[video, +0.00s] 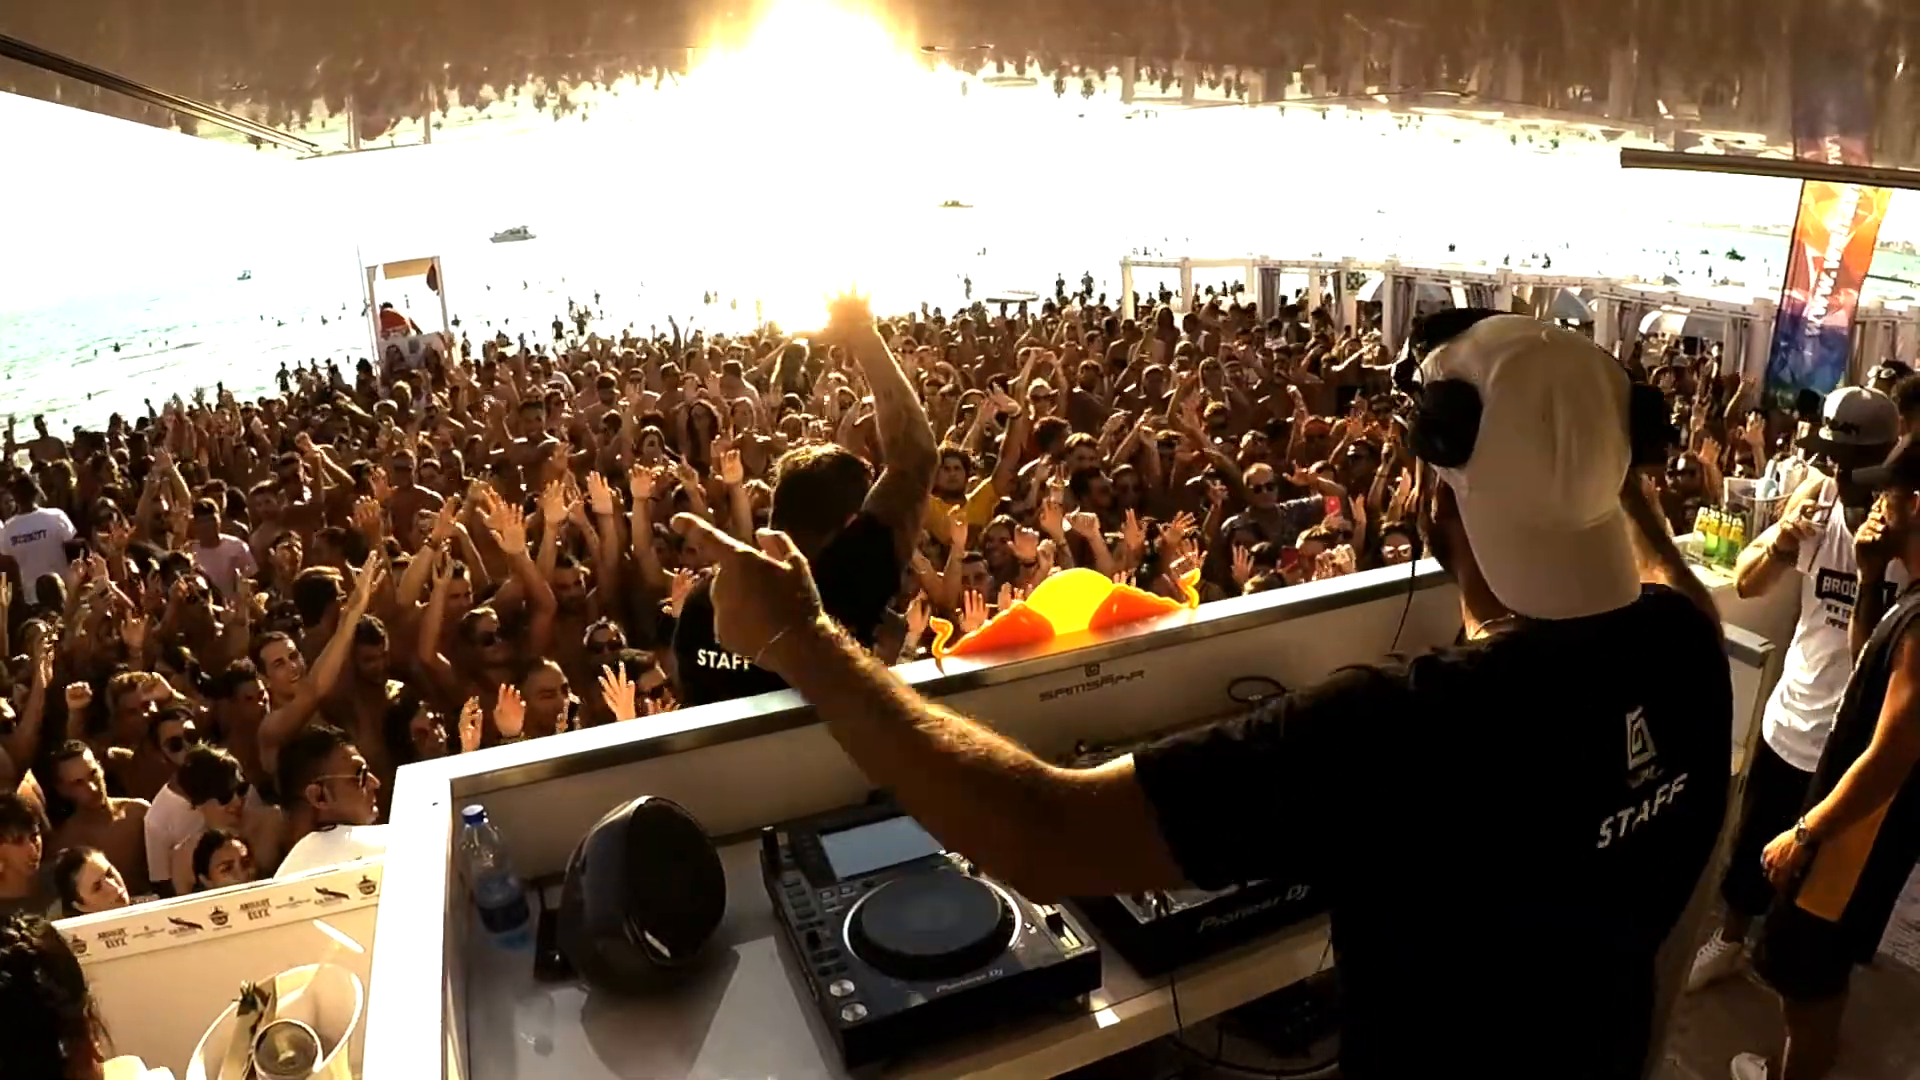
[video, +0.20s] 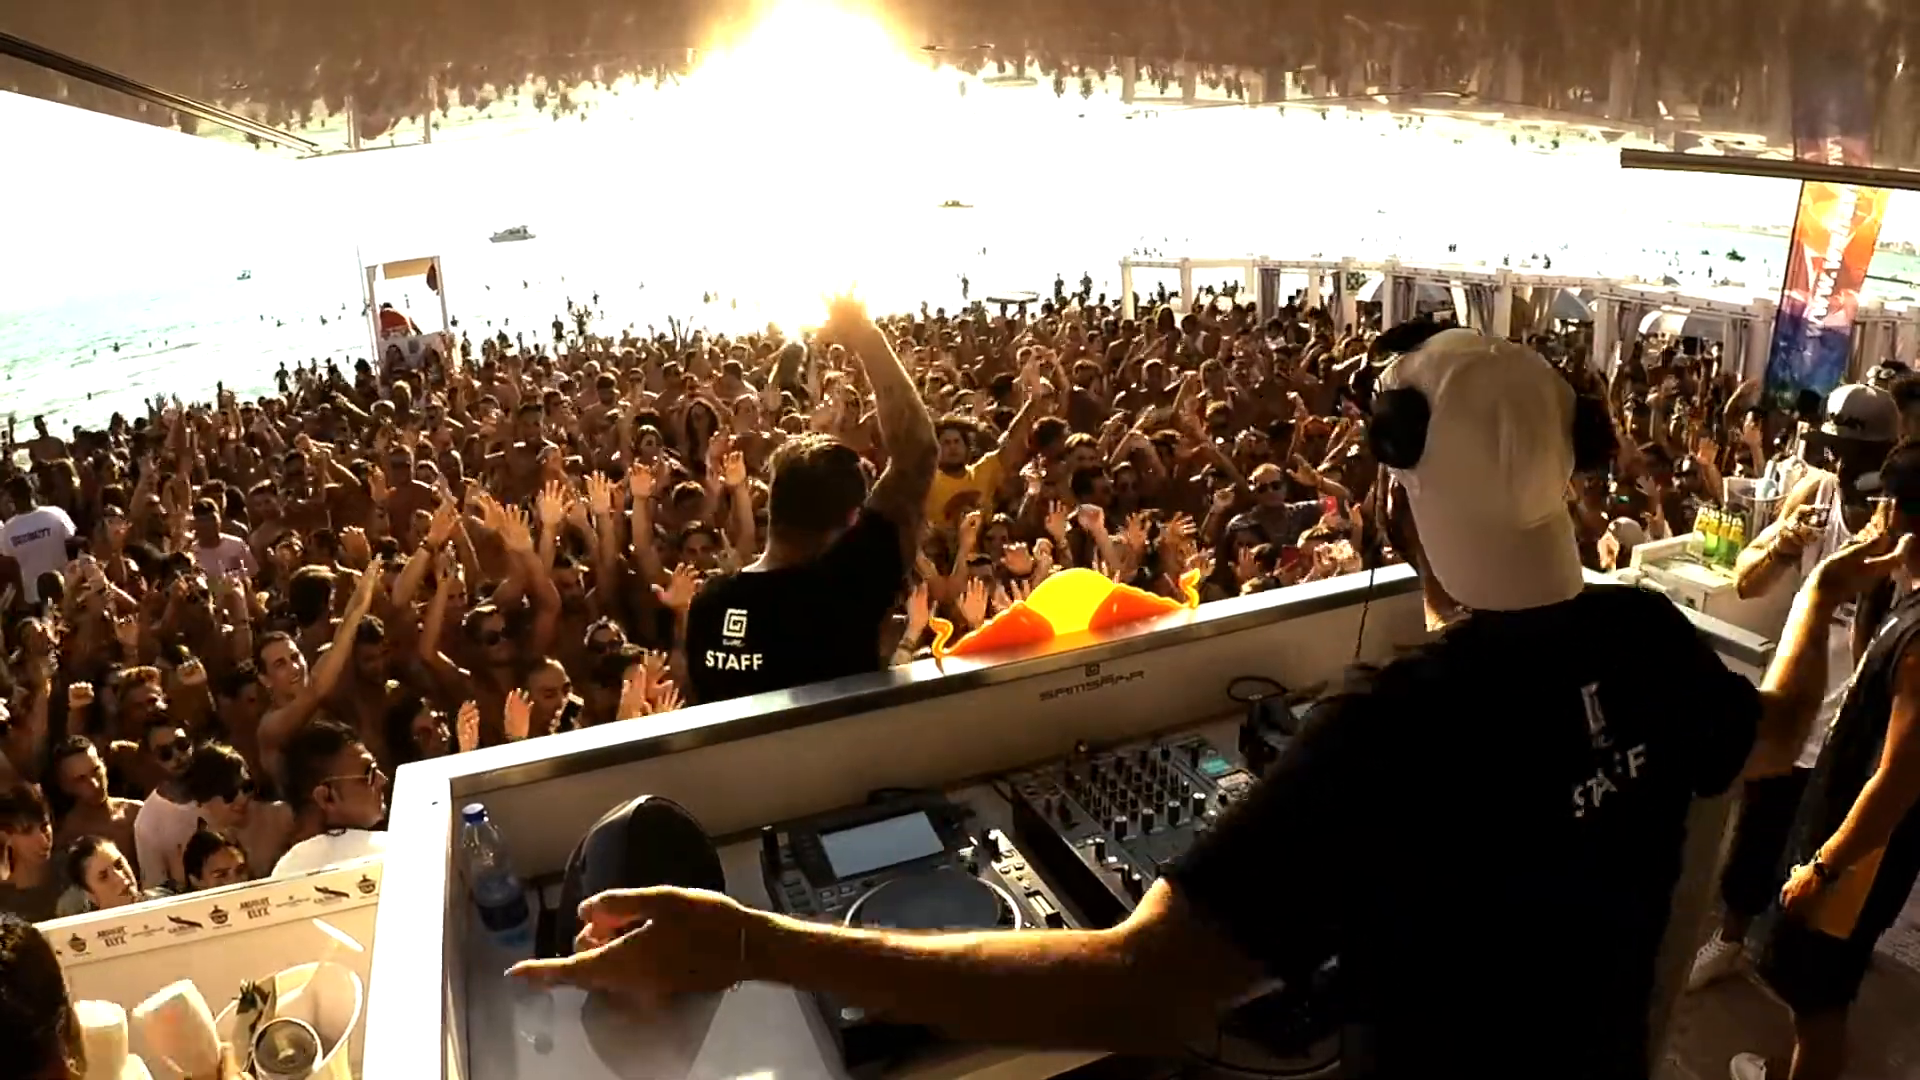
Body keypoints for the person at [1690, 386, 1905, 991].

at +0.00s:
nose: (1842, 474)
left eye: (1857, 463)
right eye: (1833, 458)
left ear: (1890, 456)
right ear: (1824, 448)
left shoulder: (1903, 519)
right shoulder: (1812, 494)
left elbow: (1879, 647)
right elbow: (1746, 586)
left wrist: (1872, 569)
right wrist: (1783, 536)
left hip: (1854, 740)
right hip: (1790, 714)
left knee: (1826, 860)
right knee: (1754, 837)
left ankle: (1800, 966)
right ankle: (1731, 937)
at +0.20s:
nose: (1843, 457)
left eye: (1858, 447)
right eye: (1836, 443)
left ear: (1889, 449)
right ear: (1825, 437)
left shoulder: (1897, 519)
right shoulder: (1806, 491)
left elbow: (1901, 601)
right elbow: (1746, 585)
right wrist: (1783, 540)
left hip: (1857, 714)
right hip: (1788, 699)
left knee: (1821, 833)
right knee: (1755, 825)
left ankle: (1798, 960)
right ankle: (1731, 935)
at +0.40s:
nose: (1851, 448)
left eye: (1868, 438)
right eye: (1845, 433)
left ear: (1901, 442)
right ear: (1834, 431)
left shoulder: (1907, 516)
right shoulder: (1810, 491)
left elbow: (1910, 626)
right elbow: (1747, 588)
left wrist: (1884, 578)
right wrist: (1780, 554)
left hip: (1863, 727)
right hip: (1792, 703)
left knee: (1833, 847)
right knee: (1757, 831)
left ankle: (1810, 962)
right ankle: (1730, 935)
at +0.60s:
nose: (1857, 455)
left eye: (1875, 444)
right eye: (1848, 438)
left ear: (1905, 448)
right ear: (1836, 433)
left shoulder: (1906, 519)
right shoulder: (1809, 491)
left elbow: (1907, 627)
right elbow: (1753, 580)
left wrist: (1882, 573)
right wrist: (1777, 576)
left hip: (1864, 708)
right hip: (1792, 690)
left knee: (1831, 836)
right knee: (1762, 813)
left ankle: (1800, 951)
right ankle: (1730, 936)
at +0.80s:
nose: (1873, 449)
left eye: (1891, 437)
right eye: (1863, 432)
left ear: (1914, 444)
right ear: (1845, 427)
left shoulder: (1908, 517)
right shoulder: (1810, 491)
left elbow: (1914, 625)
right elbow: (1763, 576)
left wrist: (1888, 589)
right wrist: (1790, 591)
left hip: (1862, 722)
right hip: (1794, 701)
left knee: (1830, 846)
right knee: (1757, 832)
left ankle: (1800, 957)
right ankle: (1731, 936)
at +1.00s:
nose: (1873, 442)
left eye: (1890, 434)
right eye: (1868, 426)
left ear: (1911, 446)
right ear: (1852, 423)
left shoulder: (1907, 512)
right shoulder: (1810, 487)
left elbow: (1918, 606)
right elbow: (1763, 573)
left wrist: (1890, 607)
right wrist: (1792, 594)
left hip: (1872, 680)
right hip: (1797, 668)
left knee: (1843, 815)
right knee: (1765, 798)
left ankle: (1815, 959)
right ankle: (1729, 937)